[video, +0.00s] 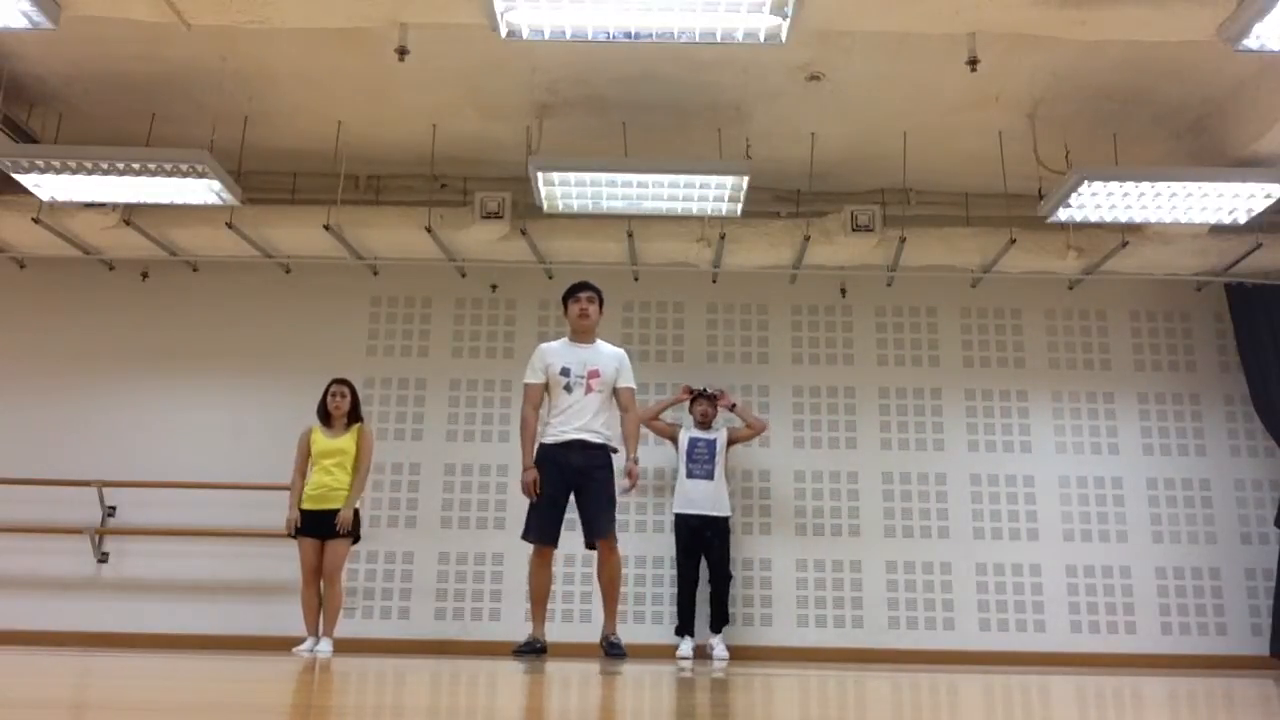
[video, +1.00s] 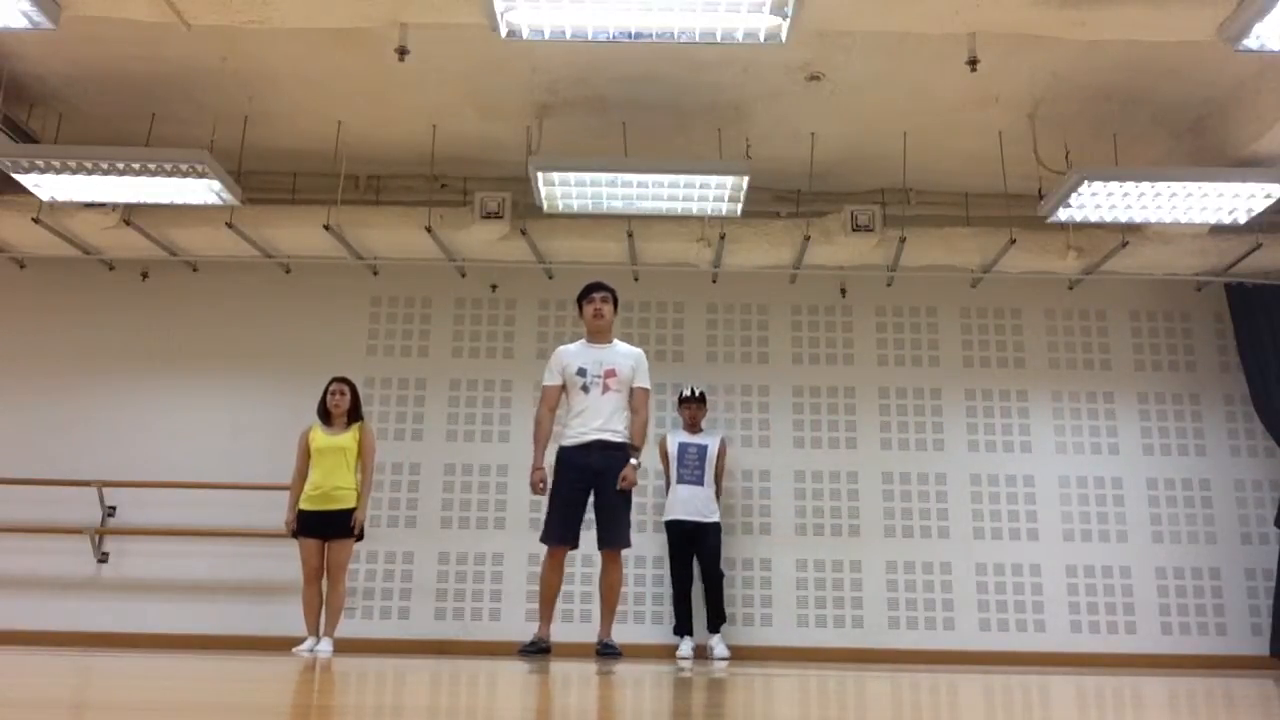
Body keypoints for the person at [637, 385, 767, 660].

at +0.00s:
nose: (703, 413)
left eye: (708, 408)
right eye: (698, 408)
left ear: (715, 411)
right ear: (691, 411)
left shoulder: (724, 436)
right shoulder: (680, 434)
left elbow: (759, 427)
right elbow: (645, 418)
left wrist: (731, 405)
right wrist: (675, 399)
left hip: (716, 515)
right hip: (687, 514)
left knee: (720, 578)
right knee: (687, 578)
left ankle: (716, 636)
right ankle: (686, 638)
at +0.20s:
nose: (700, 410)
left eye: (704, 406)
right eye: (695, 406)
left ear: (712, 411)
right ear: (687, 410)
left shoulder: (720, 436)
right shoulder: (676, 435)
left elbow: (755, 429)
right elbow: (638, 425)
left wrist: (729, 407)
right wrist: (669, 402)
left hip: (713, 515)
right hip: (683, 515)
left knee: (720, 577)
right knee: (685, 578)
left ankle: (715, 636)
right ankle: (685, 638)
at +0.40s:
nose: (698, 407)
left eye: (702, 404)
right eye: (693, 403)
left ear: (709, 409)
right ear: (684, 409)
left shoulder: (719, 437)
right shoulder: (674, 436)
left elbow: (756, 432)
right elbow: (636, 436)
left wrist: (731, 409)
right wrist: (651, 408)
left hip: (711, 516)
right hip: (681, 516)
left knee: (713, 578)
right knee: (684, 580)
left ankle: (714, 638)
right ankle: (685, 638)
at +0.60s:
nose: (694, 408)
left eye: (699, 404)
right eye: (689, 404)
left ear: (706, 409)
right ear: (682, 410)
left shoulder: (717, 438)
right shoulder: (671, 436)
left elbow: (754, 450)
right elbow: (642, 453)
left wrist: (745, 420)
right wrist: (631, 430)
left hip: (709, 518)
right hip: (679, 517)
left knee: (712, 579)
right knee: (683, 581)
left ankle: (714, 638)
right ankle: (685, 639)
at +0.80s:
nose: (693, 410)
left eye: (698, 406)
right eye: (688, 406)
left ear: (705, 411)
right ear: (681, 411)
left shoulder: (717, 443)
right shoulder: (669, 441)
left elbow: (727, 478)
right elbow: (654, 476)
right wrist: (639, 491)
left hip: (707, 520)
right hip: (677, 518)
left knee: (709, 579)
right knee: (681, 581)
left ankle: (712, 636)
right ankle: (685, 638)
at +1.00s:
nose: (692, 414)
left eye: (696, 409)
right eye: (687, 409)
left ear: (704, 411)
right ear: (680, 411)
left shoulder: (717, 442)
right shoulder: (667, 442)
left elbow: (718, 480)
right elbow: (669, 479)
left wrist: (712, 506)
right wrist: (674, 505)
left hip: (707, 516)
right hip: (678, 515)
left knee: (712, 576)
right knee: (681, 578)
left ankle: (715, 635)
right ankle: (685, 637)